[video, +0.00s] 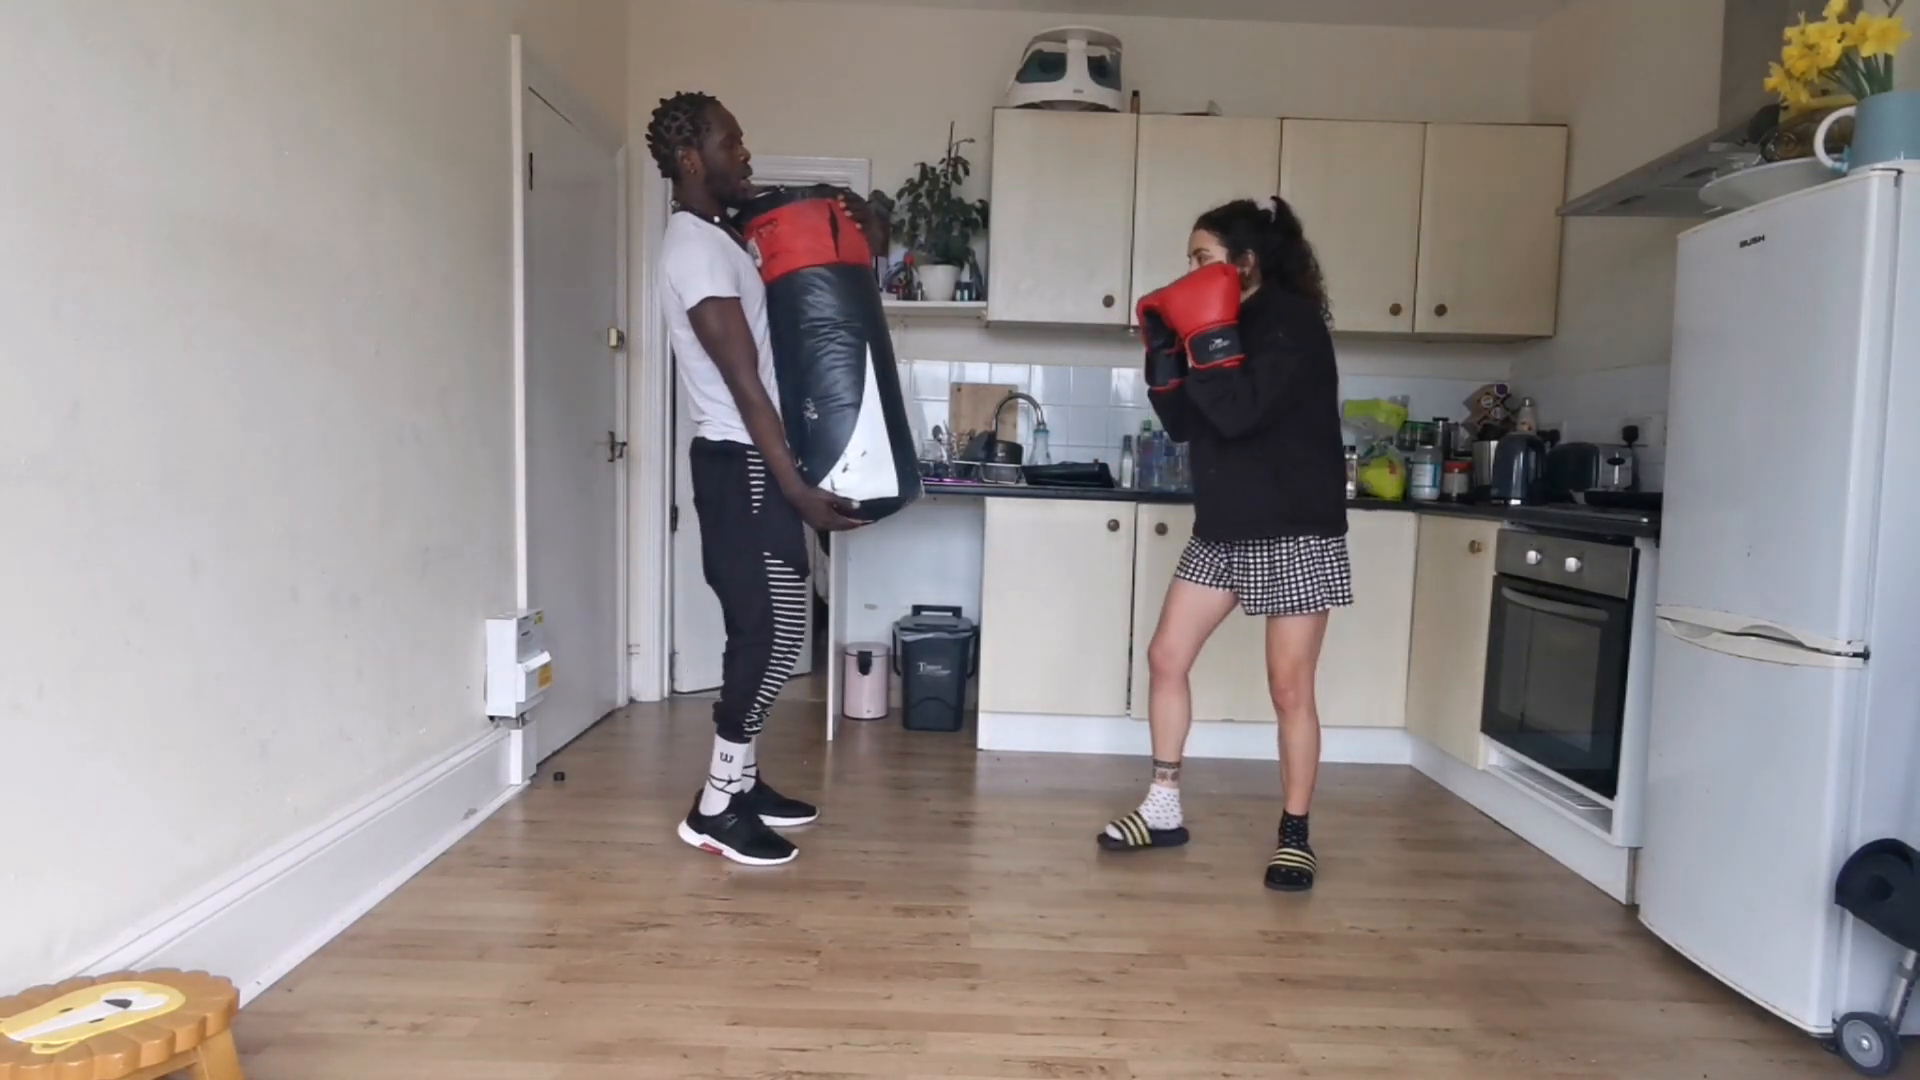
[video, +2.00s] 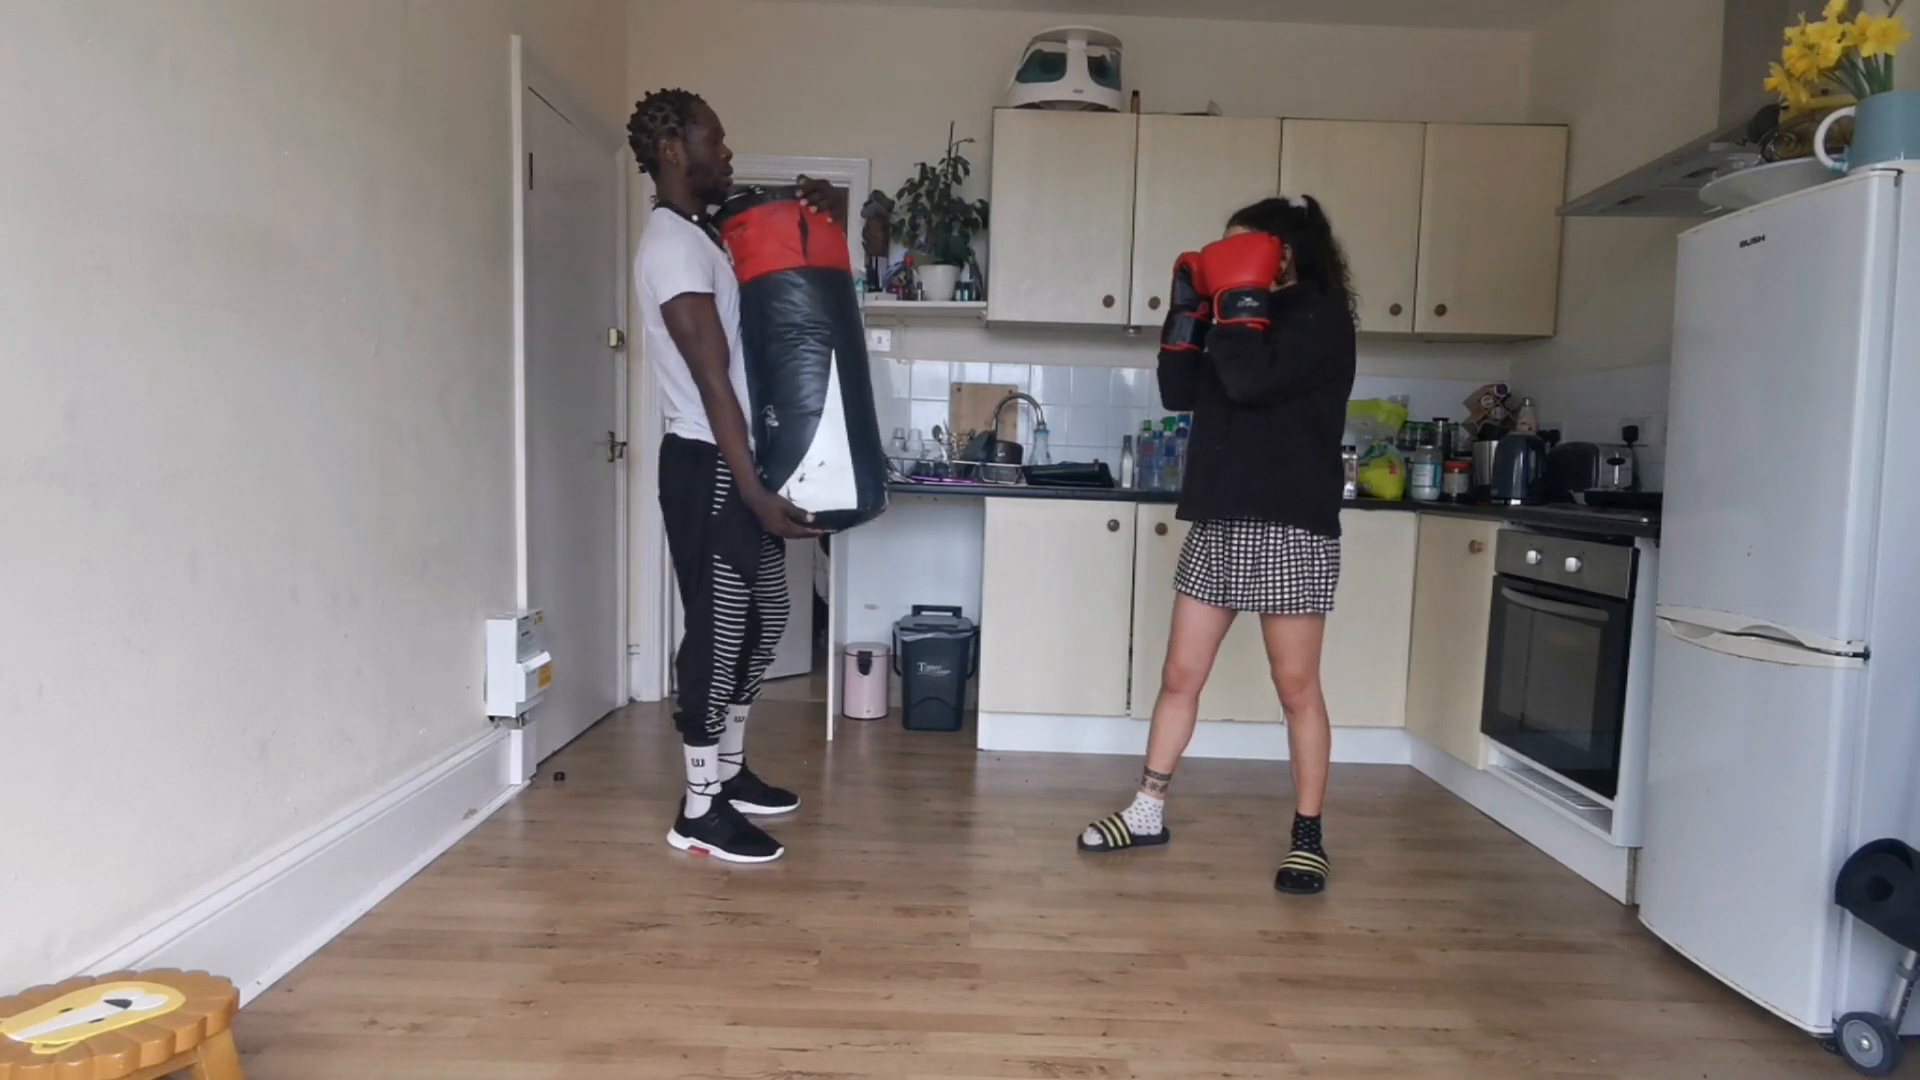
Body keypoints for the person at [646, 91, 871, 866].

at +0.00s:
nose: (746, 155)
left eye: (742, 142)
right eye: (732, 144)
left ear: (696, 158)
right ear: (690, 157)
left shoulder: (721, 238)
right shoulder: (696, 245)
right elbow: (742, 378)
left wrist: (856, 234)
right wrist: (794, 482)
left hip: (756, 456)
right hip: (737, 459)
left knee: (769, 627)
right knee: (778, 633)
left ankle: (738, 782)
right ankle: (718, 803)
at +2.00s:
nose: (727, 151)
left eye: (723, 137)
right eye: (713, 138)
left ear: (679, 150)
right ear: (670, 148)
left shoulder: (705, 234)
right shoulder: (671, 240)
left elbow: (777, 310)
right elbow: (710, 374)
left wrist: (819, 222)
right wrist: (754, 485)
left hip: (742, 452)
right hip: (705, 457)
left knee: (765, 614)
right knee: (718, 622)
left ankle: (724, 769)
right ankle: (699, 808)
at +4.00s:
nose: (749, 166)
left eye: (748, 151)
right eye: (736, 152)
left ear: (701, 161)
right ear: (689, 160)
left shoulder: (720, 242)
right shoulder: (683, 245)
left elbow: (789, 319)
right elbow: (723, 378)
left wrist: (831, 233)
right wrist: (770, 486)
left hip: (744, 453)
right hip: (716, 456)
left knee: (745, 622)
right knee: (728, 625)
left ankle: (730, 775)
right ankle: (702, 804)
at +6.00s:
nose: (745, 166)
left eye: (744, 152)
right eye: (732, 152)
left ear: (698, 162)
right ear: (685, 160)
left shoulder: (717, 242)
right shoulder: (679, 244)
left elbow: (775, 337)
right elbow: (717, 376)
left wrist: (829, 241)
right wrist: (763, 487)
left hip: (743, 449)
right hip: (712, 454)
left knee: (746, 622)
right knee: (723, 625)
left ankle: (736, 778)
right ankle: (701, 805)